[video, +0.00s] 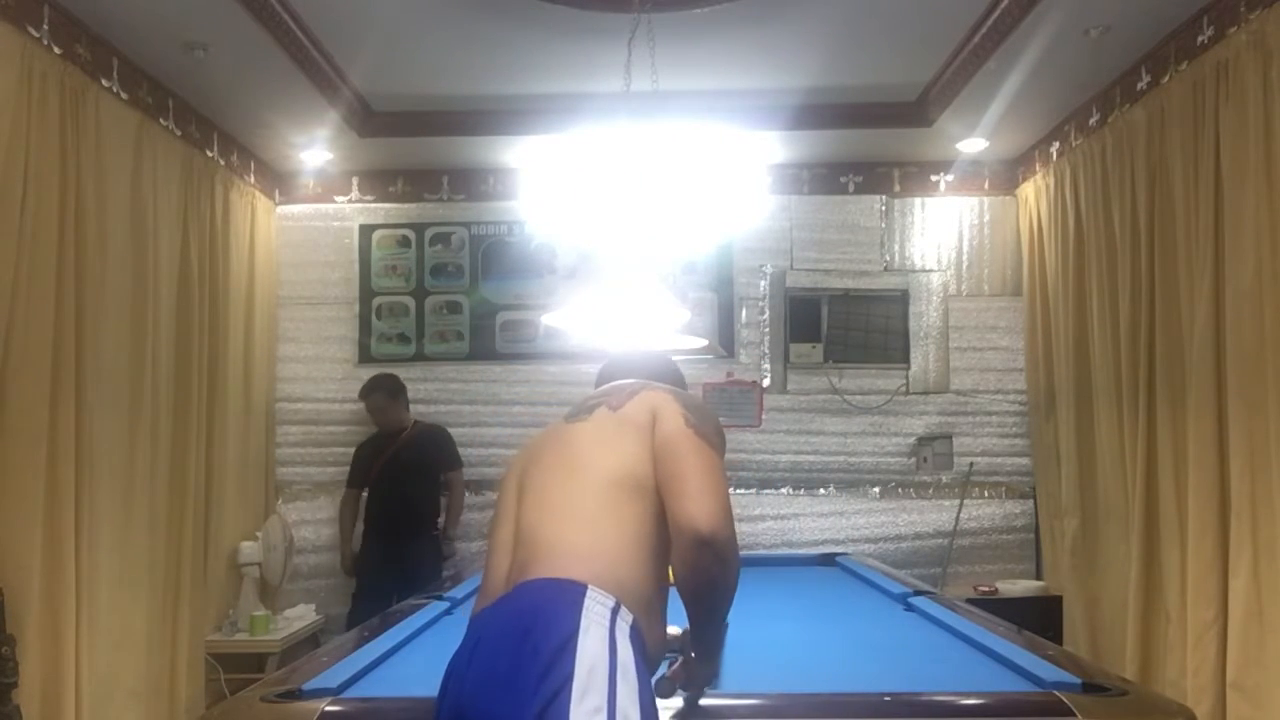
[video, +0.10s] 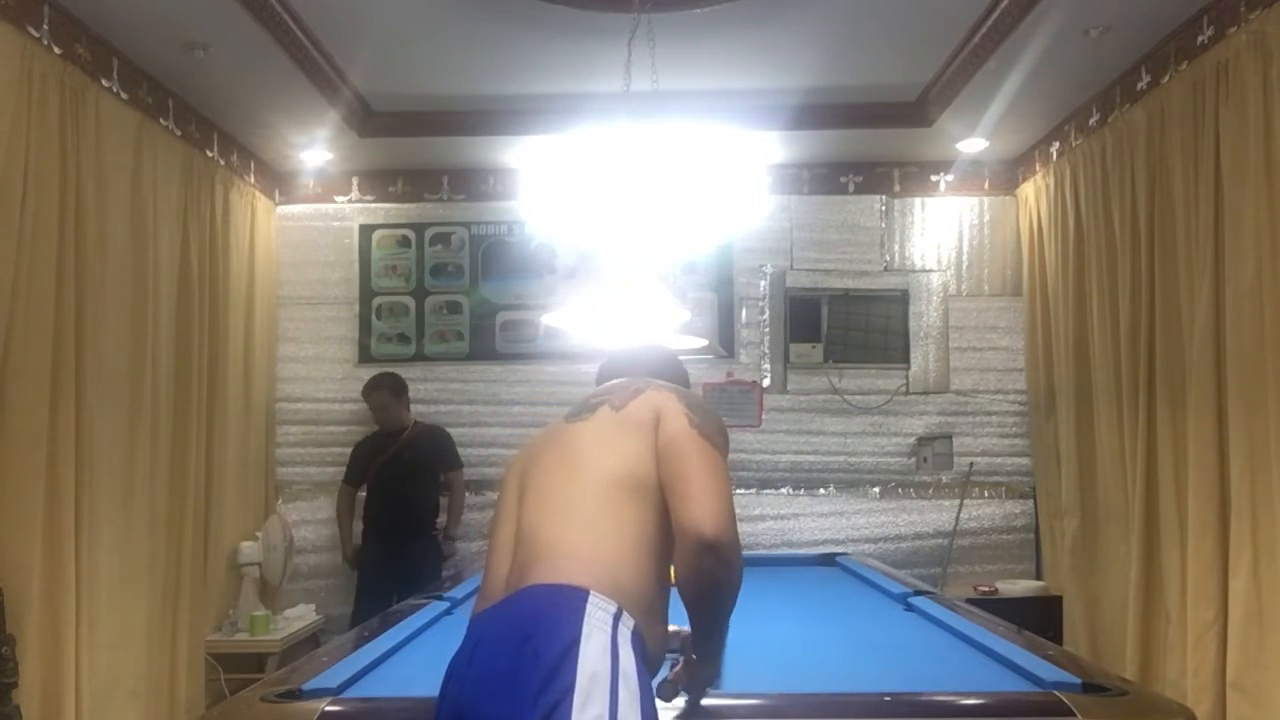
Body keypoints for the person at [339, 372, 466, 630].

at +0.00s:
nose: (375, 419)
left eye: (379, 411)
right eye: (371, 413)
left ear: (399, 403)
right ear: (368, 410)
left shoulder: (435, 438)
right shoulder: (368, 449)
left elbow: (457, 488)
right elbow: (351, 499)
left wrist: (448, 537)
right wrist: (346, 549)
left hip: (421, 553)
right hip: (376, 554)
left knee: (422, 628)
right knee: (363, 631)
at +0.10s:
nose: (378, 416)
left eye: (383, 408)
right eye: (373, 410)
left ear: (402, 401)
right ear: (368, 409)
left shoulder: (435, 438)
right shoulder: (367, 447)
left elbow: (457, 487)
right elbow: (346, 496)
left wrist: (449, 536)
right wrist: (347, 547)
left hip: (421, 553)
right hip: (376, 553)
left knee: (422, 629)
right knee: (366, 632)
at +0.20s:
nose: (382, 413)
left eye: (387, 405)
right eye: (376, 407)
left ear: (404, 400)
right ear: (369, 408)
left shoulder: (432, 439)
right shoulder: (363, 444)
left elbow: (455, 484)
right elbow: (337, 487)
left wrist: (450, 533)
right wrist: (345, 534)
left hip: (420, 550)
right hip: (375, 551)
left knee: (421, 627)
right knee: (366, 630)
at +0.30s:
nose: (390, 409)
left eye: (395, 401)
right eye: (382, 404)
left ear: (407, 400)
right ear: (371, 407)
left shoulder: (428, 439)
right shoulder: (358, 442)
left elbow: (448, 480)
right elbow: (327, 481)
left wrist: (447, 527)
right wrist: (341, 523)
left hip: (417, 548)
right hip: (373, 550)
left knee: (418, 624)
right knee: (367, 629)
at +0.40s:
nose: (393, 408)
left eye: (397, 401)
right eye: (384, 403)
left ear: (407, 400)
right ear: (370, 405)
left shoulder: (423, 438)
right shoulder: (356, 438)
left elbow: (441, 475)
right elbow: (319, 475)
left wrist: (441, 515)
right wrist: (337, 517)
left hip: (413, 548)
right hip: (370, 549)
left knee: (414, 625)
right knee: (364, 631)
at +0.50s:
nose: (393, 407)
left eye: (398, 400)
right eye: (385, 401)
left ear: (405, 401)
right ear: (368, 403)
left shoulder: (414, 437)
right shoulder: (351, 436)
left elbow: (427, 476)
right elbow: (311, 473)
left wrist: (429, 512)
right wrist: (334, 519)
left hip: (409, 549)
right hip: (366, 550)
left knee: (412, 626)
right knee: (360, 632)